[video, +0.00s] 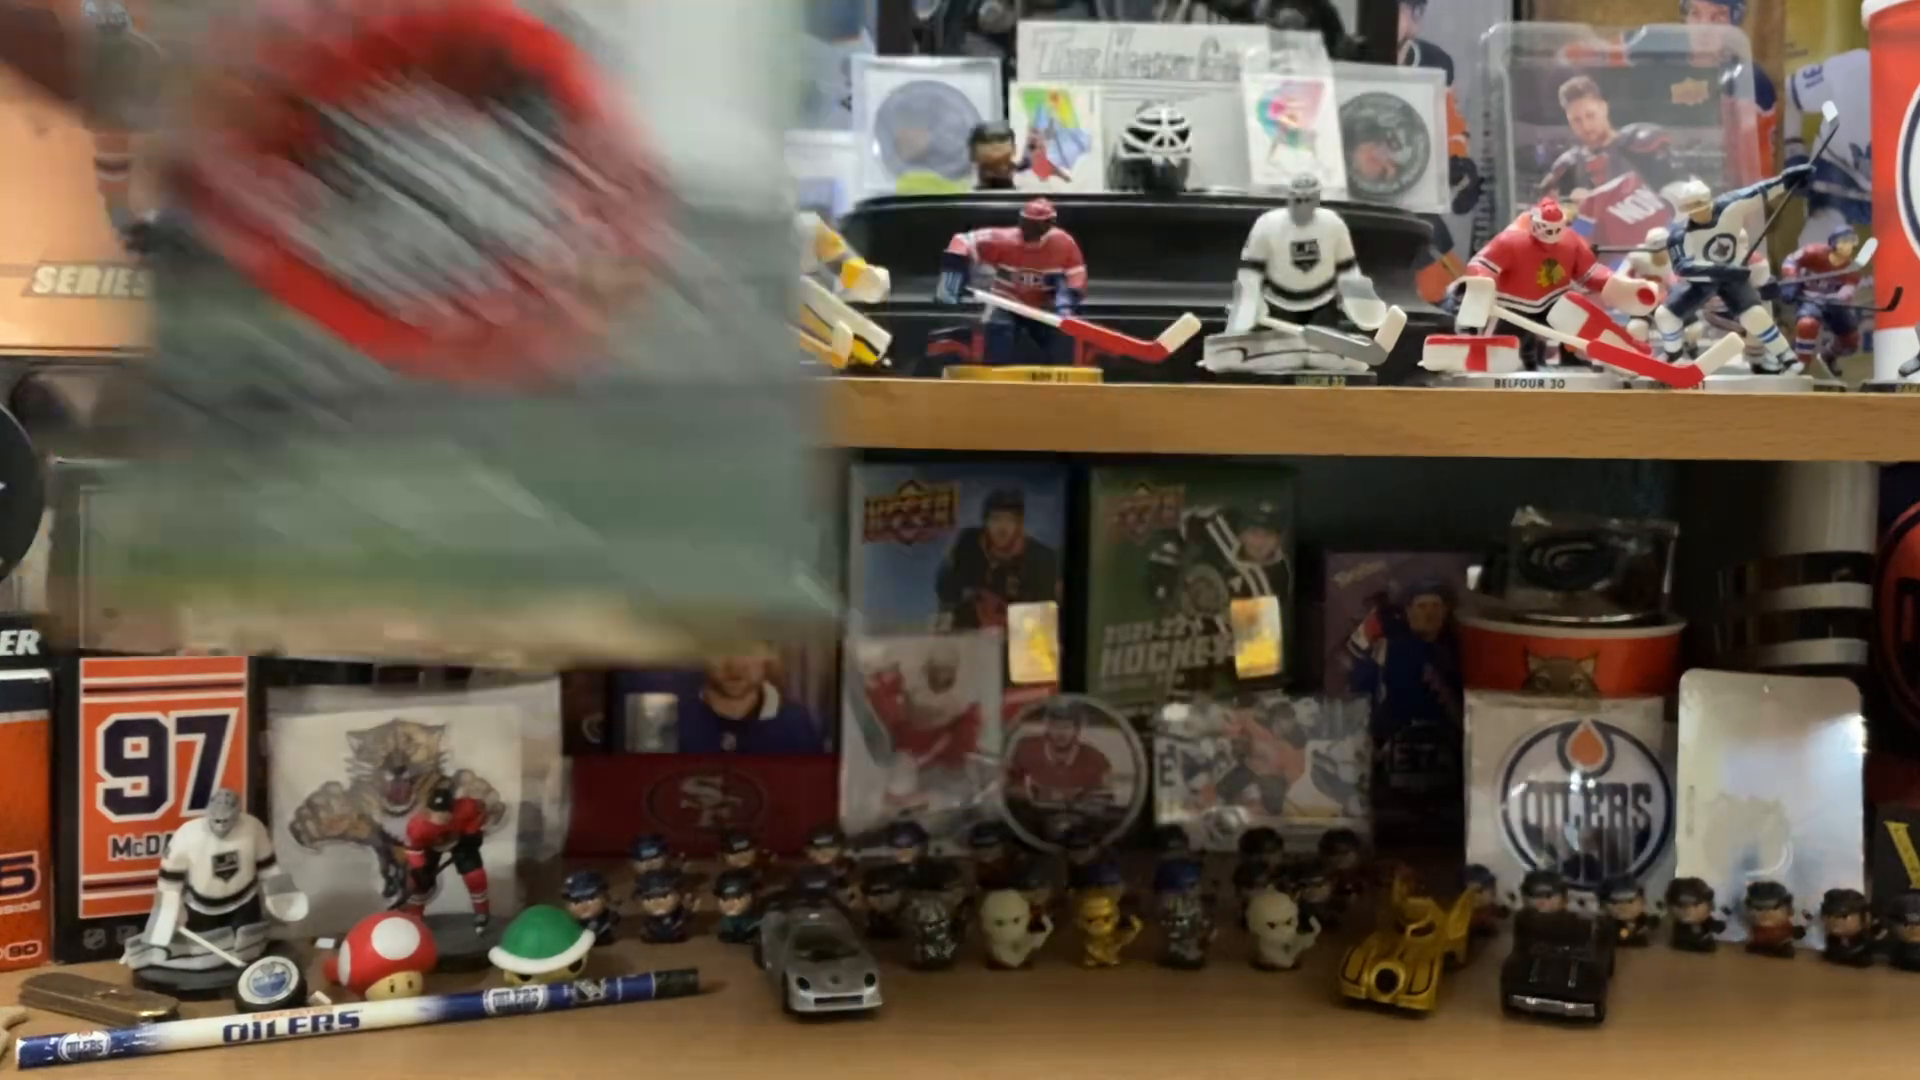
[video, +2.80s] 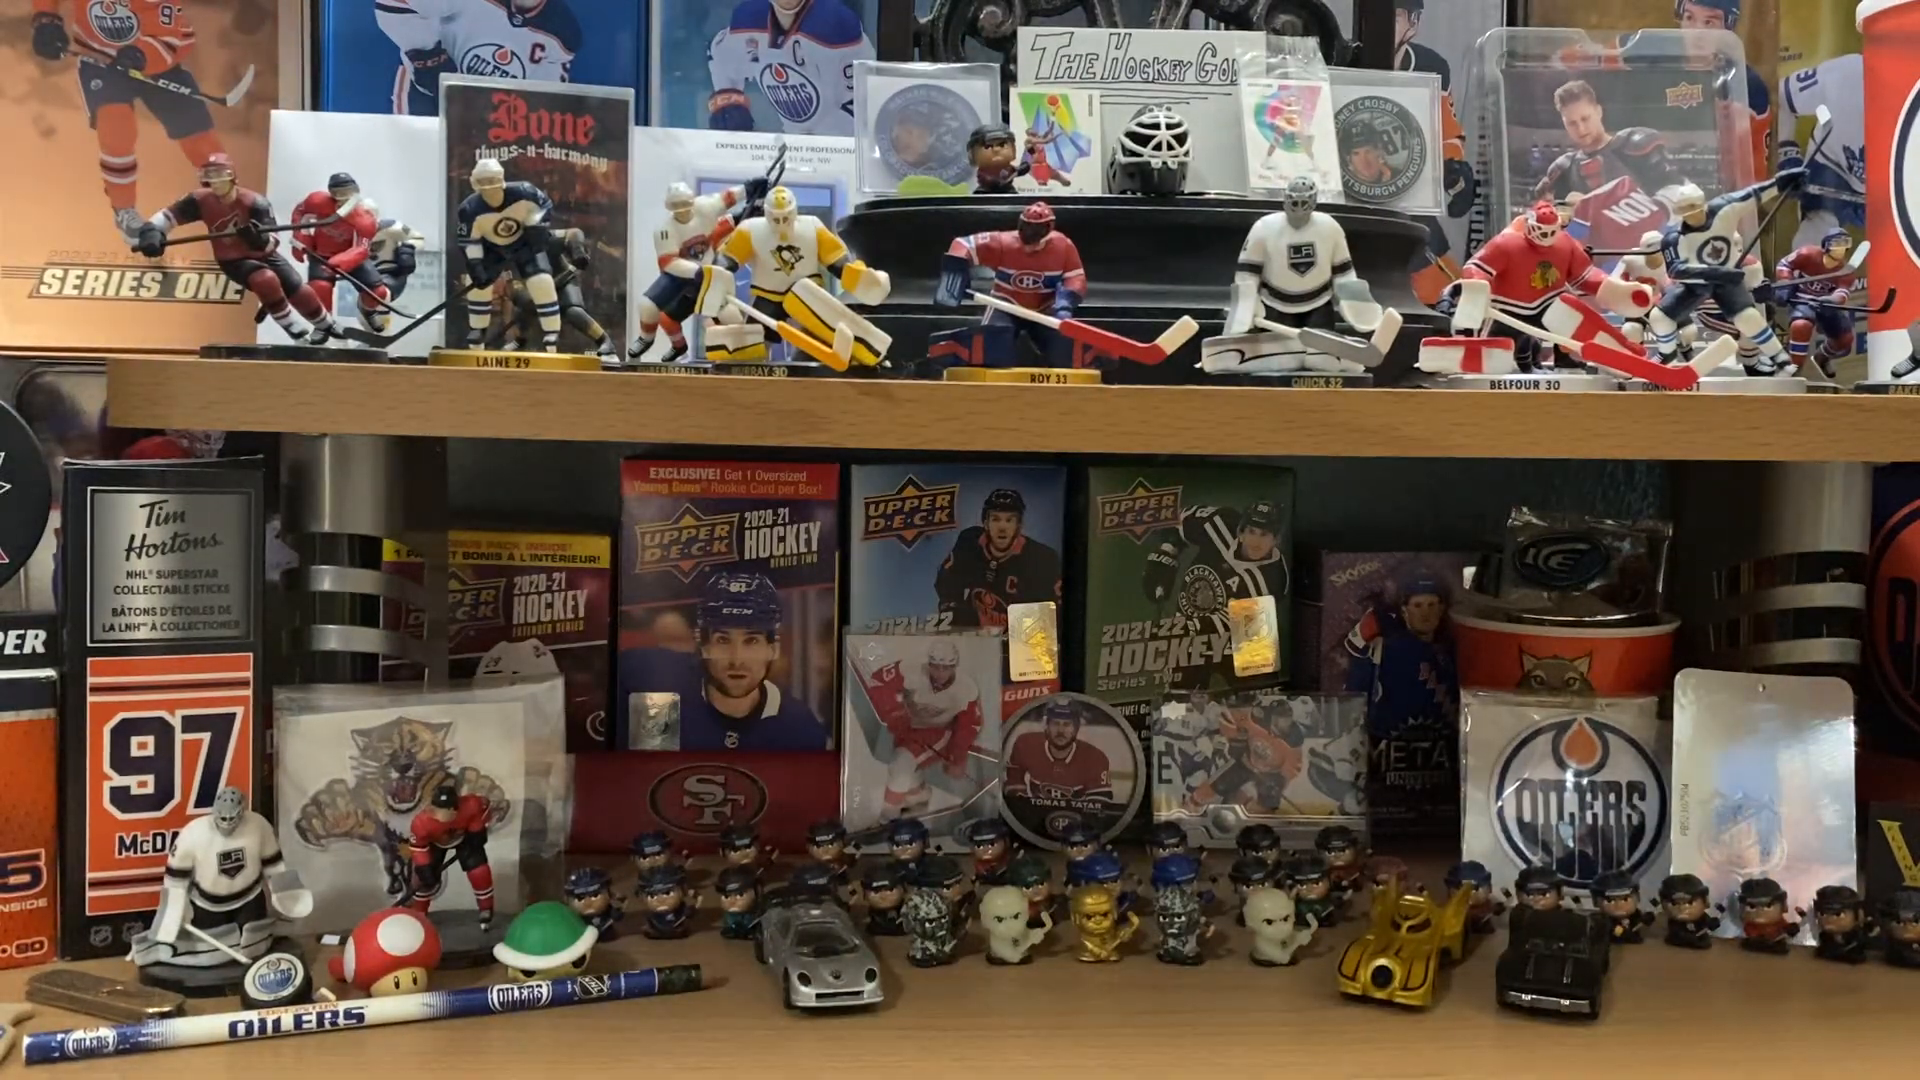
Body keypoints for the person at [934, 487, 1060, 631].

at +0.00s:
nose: (1002, 528)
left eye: (1009, 521)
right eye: (995, 520)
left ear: (1020, 523)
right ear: (986, 522)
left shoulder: (1041, 557)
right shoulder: (968, 543)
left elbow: (1043, 609)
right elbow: (944, 586)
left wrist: (1005, 615)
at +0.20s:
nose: (1003, 527)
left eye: (1009, 520)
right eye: (997, 520)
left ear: (1019, 524)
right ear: (986, 522)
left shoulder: (1042, 557)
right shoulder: (968, 542)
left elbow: (1045, 605)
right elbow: (944, 584)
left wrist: (1008, 614)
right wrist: (974, 599)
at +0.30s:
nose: (1002, 527)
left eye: (1009, 520)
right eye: (996, 520)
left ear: (1019, 524)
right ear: (985, 522)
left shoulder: (1042, 557)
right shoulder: (968, 542)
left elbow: (1045, 606)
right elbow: (944, 582)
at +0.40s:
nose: (1003, 527)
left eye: (1009, 520)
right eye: (996, 520)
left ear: (1019, 524)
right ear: (985, 522)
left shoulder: (1042, 557)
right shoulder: (967, 543)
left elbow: (1046, 605)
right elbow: (944, 583)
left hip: (1020, 638)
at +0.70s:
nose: (1002, 527)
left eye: (1009, 520)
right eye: (996, 520)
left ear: (1019, 524)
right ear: (985, 523)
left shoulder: (1041, 558)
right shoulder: (968, 542)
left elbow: (1046, 605)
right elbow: (944, 581)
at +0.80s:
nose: (1003, 527)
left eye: (1009, 520)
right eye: (996, 520)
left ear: (1019, 524)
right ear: (985, 522)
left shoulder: (1041, 558)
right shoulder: (968, 542)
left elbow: (1047, 604)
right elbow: (944, 579)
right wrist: (949, 608)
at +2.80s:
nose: (1002, 527)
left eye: (1009, 520)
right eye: (996, 520)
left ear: (1019, 525)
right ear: (985, 523)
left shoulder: (1042, 559)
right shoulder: (968, 542)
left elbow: (1046, 607)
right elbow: (944, 580)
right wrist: (949, 607)